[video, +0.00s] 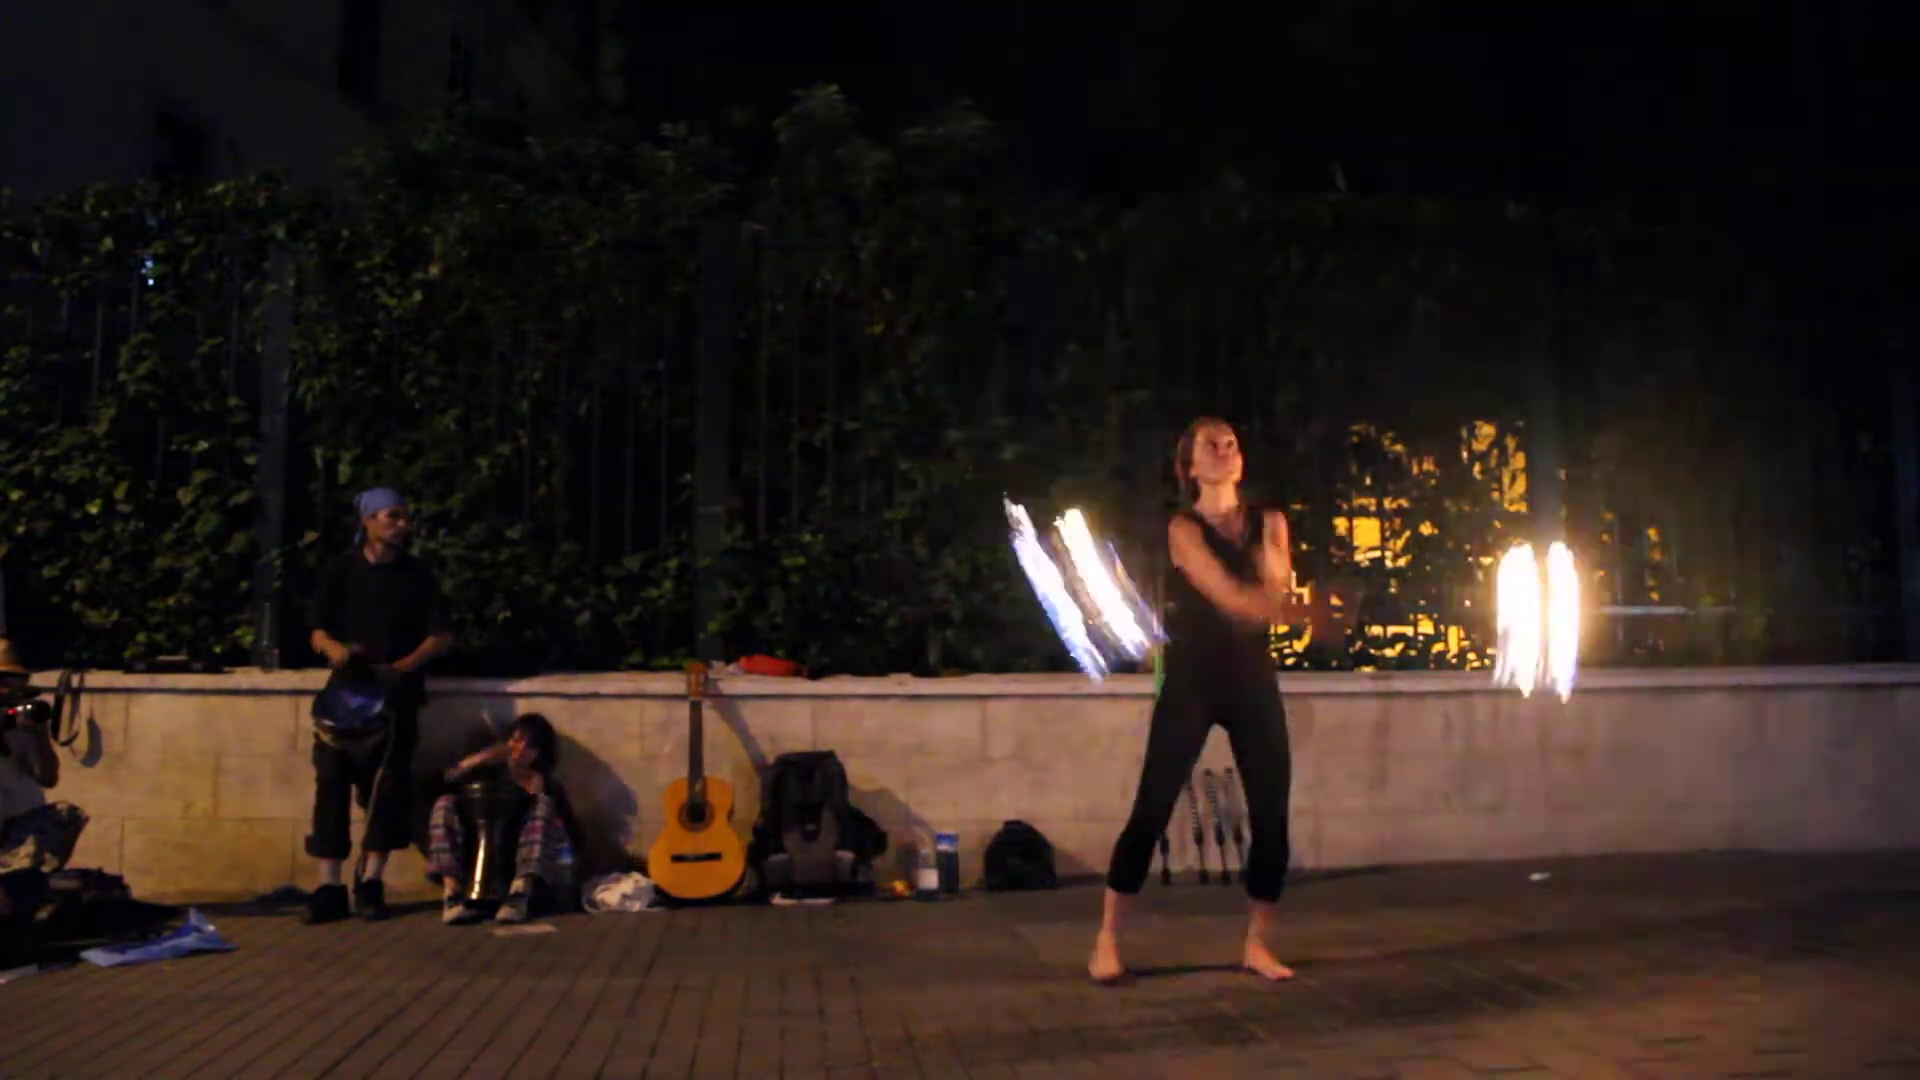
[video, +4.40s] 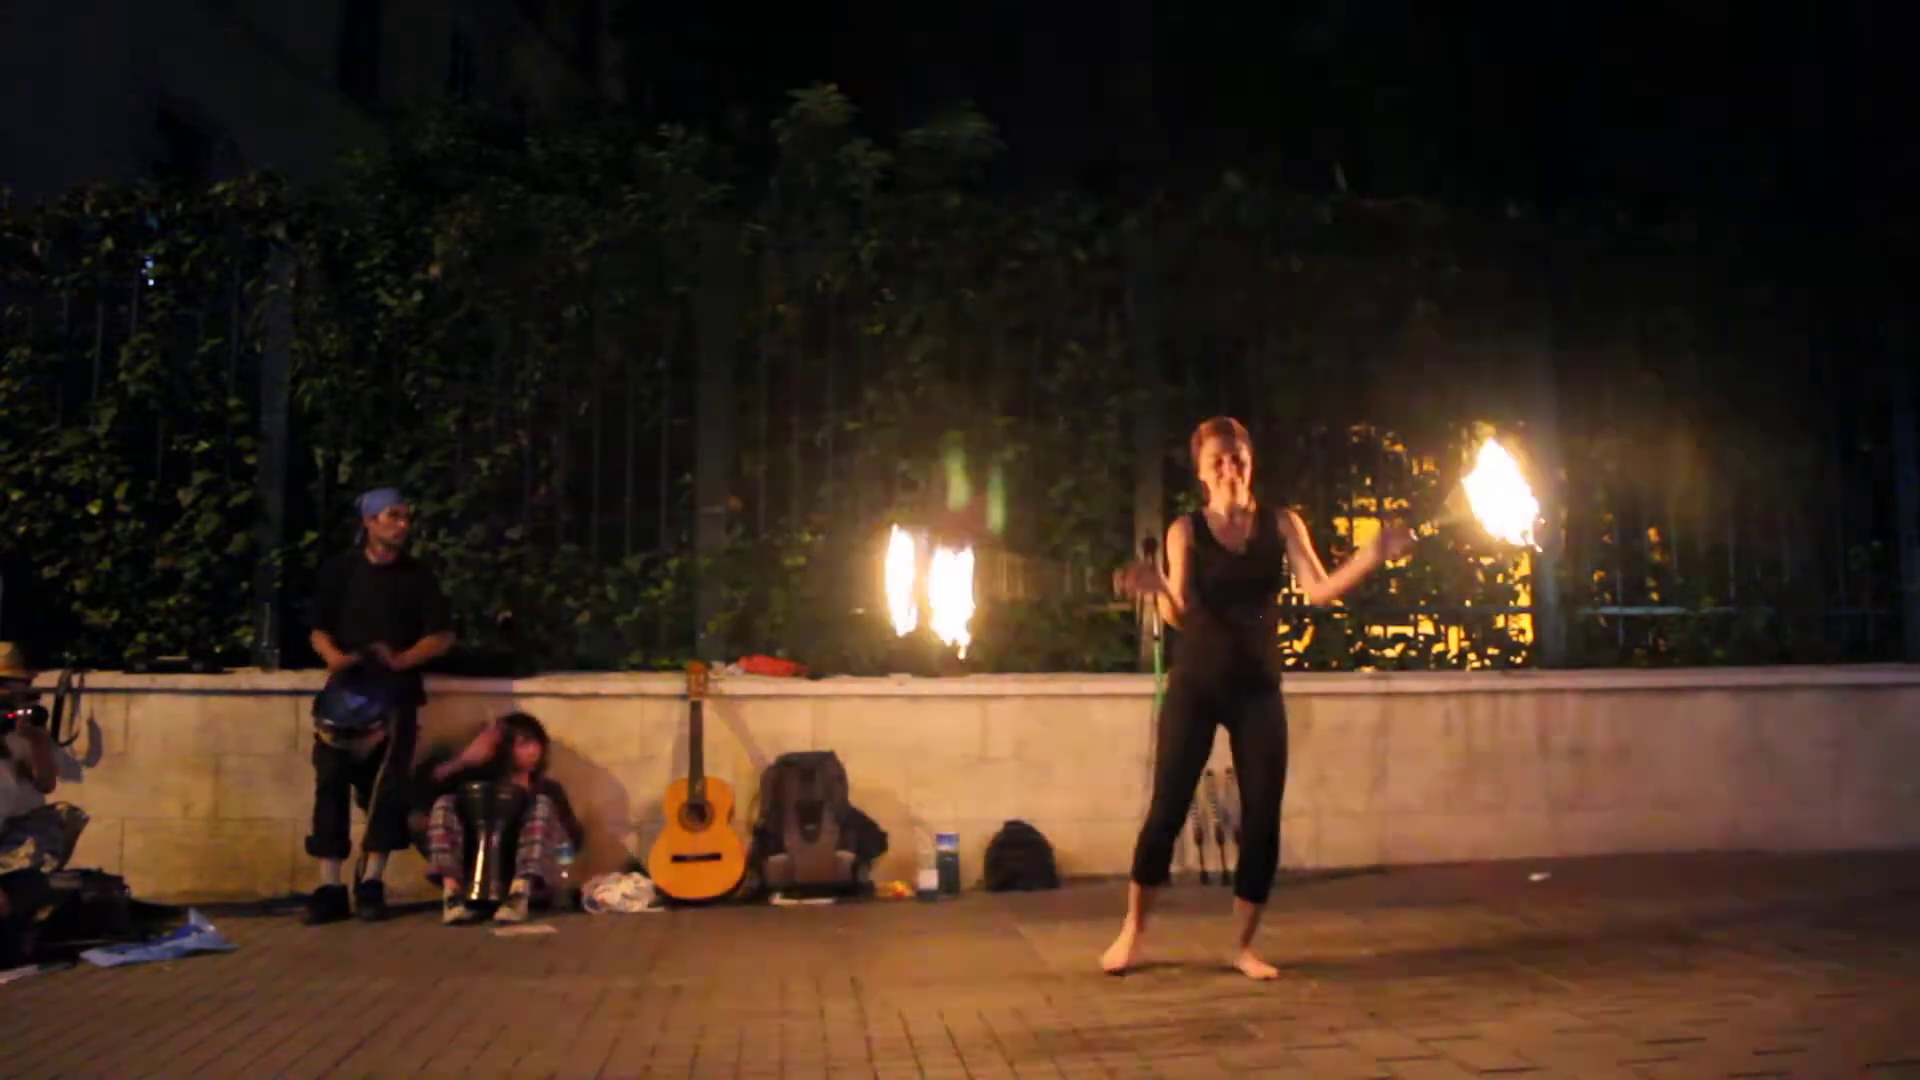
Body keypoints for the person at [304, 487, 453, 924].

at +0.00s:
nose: (402, 524)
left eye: (404, 517)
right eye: (393, 518)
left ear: (405, 523)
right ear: (368, 522)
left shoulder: (418, 574)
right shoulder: (341, 571)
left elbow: (441, 636)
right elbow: (317, 631)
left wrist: (401, 667)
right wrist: (336, 650)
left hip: (396, 692)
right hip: (345, 690)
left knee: (389, 783)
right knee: (331, 782)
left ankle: (370, 880)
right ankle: (330, 883)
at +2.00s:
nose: (402, 523)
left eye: (405, 517)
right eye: (393, 517)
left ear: (406, 523)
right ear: (368, 522)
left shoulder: (418, 574)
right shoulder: (340, 572)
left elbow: (440, 637)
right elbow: (316, 632)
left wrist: (398, 668)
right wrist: (339, 663)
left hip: (396, 697)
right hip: (344, 693)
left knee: (389, 788)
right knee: (331, 786)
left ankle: (370, 881)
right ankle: (331, 883)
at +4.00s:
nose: (401, 525)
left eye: (403, 518)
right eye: (392, 518)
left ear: (404, 525)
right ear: (367, 523)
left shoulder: (417, 574)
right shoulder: (340, 572)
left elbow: (441, 637)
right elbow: (318, 631)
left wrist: (398, 666)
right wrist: (333, 647)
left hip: (396, 693)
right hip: (345, 689)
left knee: (390, 783)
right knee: (331, 781)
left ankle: (371, 881)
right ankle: (330, 883)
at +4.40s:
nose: (403, 525)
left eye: (405, 518)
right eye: (394, 517)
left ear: (407, 524)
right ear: (369, 522)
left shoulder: (417, 575)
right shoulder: (340, 571)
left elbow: (443, 636)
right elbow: (317, 627)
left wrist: (401, 660)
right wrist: (336, 658)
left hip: (396, 693)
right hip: (344, 690)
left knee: (389, 783)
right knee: (331, 782)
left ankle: (371, 880)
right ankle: (330, 882)